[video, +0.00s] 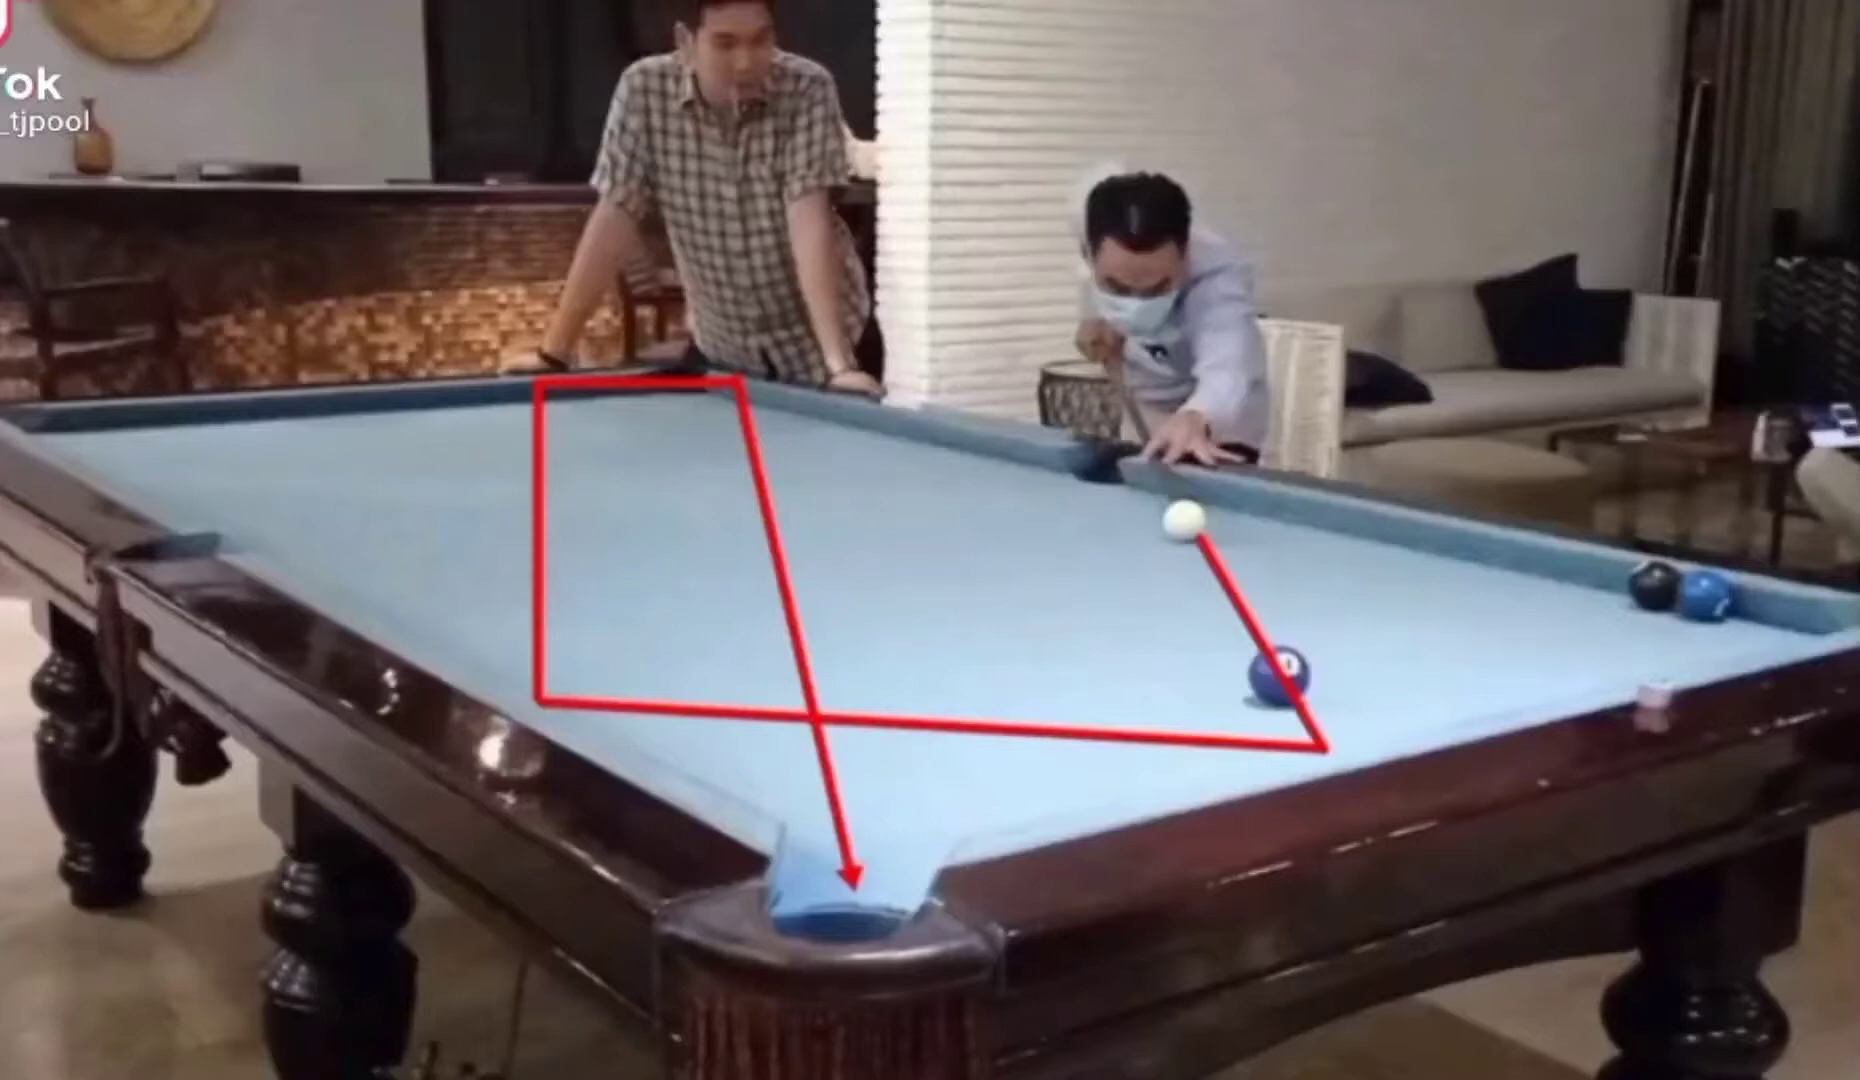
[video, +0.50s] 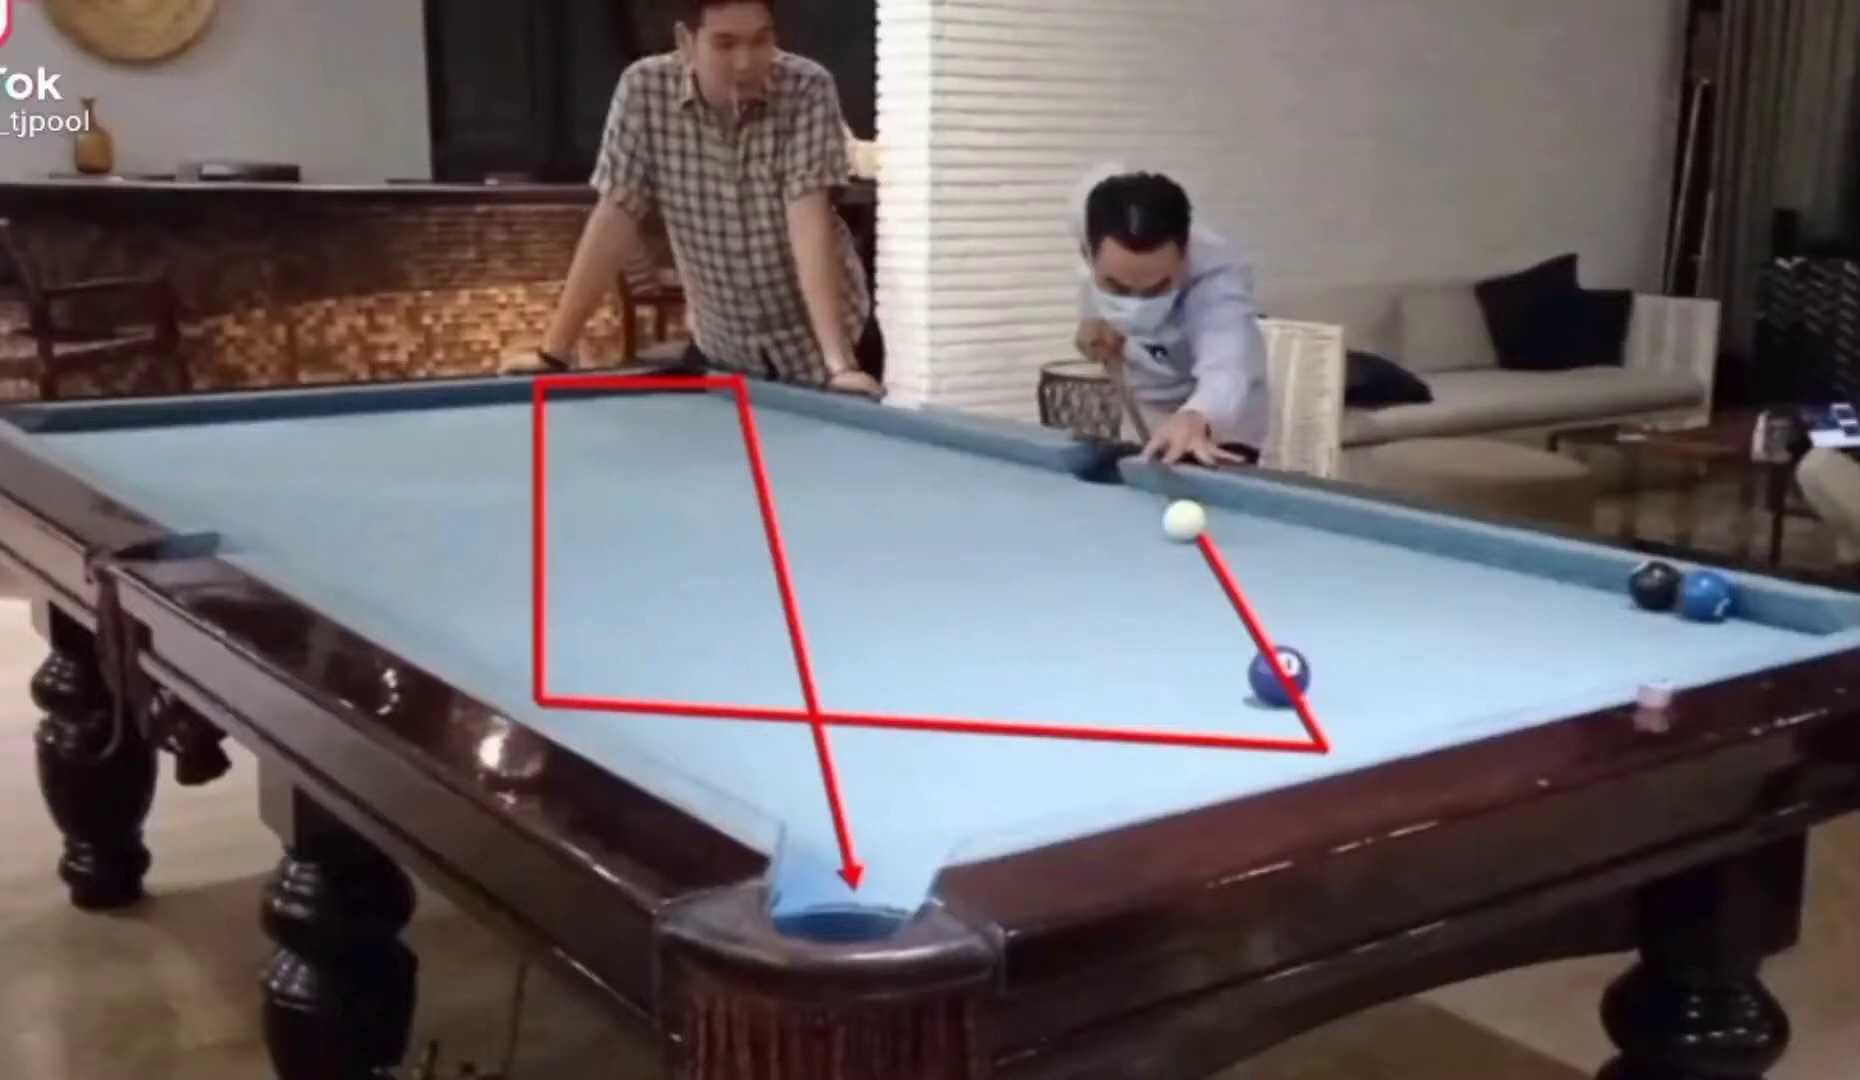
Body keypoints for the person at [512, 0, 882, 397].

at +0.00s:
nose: (746, 62)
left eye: (759, 41)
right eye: (726, 44)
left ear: (774, 36)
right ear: (686, 43)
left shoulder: (806, 89)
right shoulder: (644, 90)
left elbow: (810, 220)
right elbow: (614, 216)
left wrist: (840, 364)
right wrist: (553, 354)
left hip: (821, 347)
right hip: (722, 347)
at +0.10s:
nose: (746, 62)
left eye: (759, 41)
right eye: (726, 44)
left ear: (774, 36)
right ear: (686, 43)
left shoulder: (806, 89)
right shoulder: (644, 90)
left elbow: (810, 220)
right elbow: (614, 216)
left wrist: (840, 364)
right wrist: (553, 354)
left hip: (821, 347)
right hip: (722, 347)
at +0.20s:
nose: (746, 62)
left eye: (759, 41)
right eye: (725, 44)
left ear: (774, 36)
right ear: (687, 43)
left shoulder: (806, 89)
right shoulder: (644, 90)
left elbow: (810, 221)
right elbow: (614, 217)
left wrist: (839, 364)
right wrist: (553, 354)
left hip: (821, 347)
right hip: (723, 347)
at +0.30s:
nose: (746, 63)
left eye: (759, 41)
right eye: (726, 44)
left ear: (774, 35)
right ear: (686, 43)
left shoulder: (806, 89)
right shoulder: (644, 90)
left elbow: (810, 222)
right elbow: (614, 216)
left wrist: (839, 365)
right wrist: (554, 352)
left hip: (824, 349)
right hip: (723, 350)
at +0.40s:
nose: (746, 63)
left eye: (759, 41)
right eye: (725, 44)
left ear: (774, 36)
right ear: (686, 43)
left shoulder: (806, 89)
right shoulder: (644, 90)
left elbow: (810, 222)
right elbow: (614, 216)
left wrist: (839, 364)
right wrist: (554, 353)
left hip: (823, 349)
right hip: (723, 349)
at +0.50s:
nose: (746, 63)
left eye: (759, 41)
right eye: (725, 44)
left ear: (774, 36)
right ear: (686, 43)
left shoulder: (806, 89)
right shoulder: (644, 90)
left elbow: (810, 222)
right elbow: (614, 216)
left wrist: (839, 364)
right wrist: (554, 353)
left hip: (824, 349)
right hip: (723, 349)